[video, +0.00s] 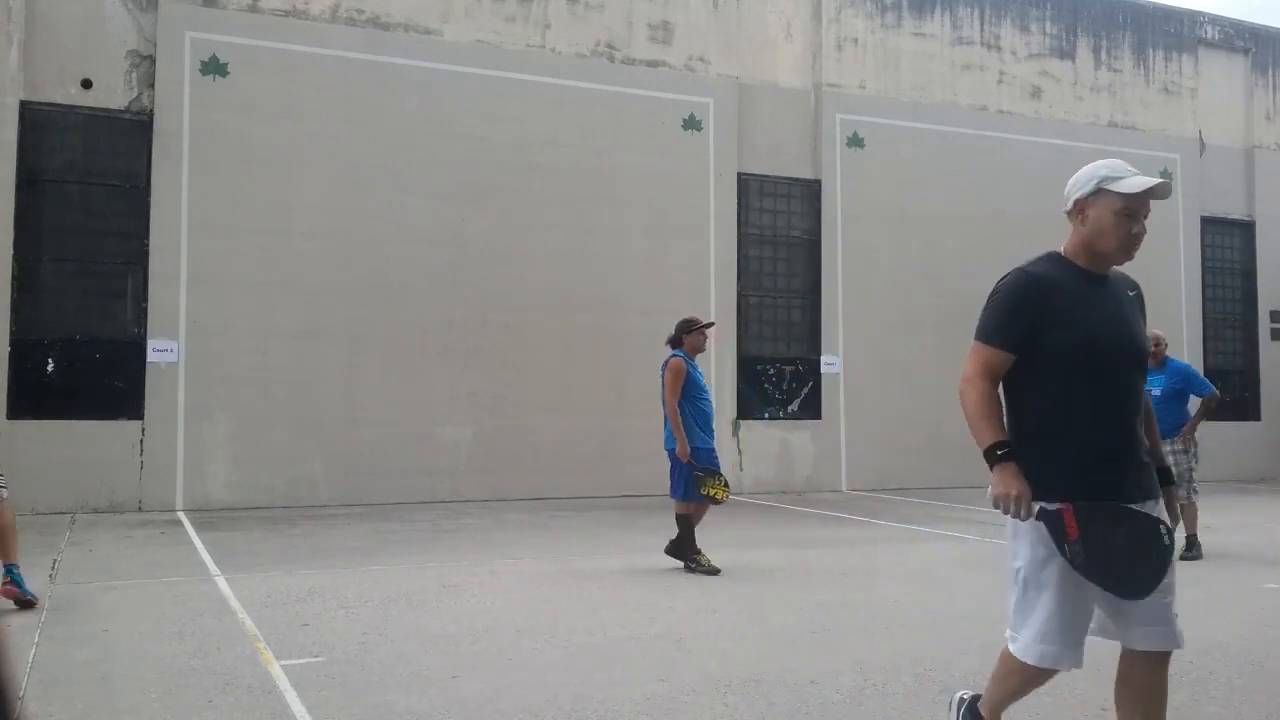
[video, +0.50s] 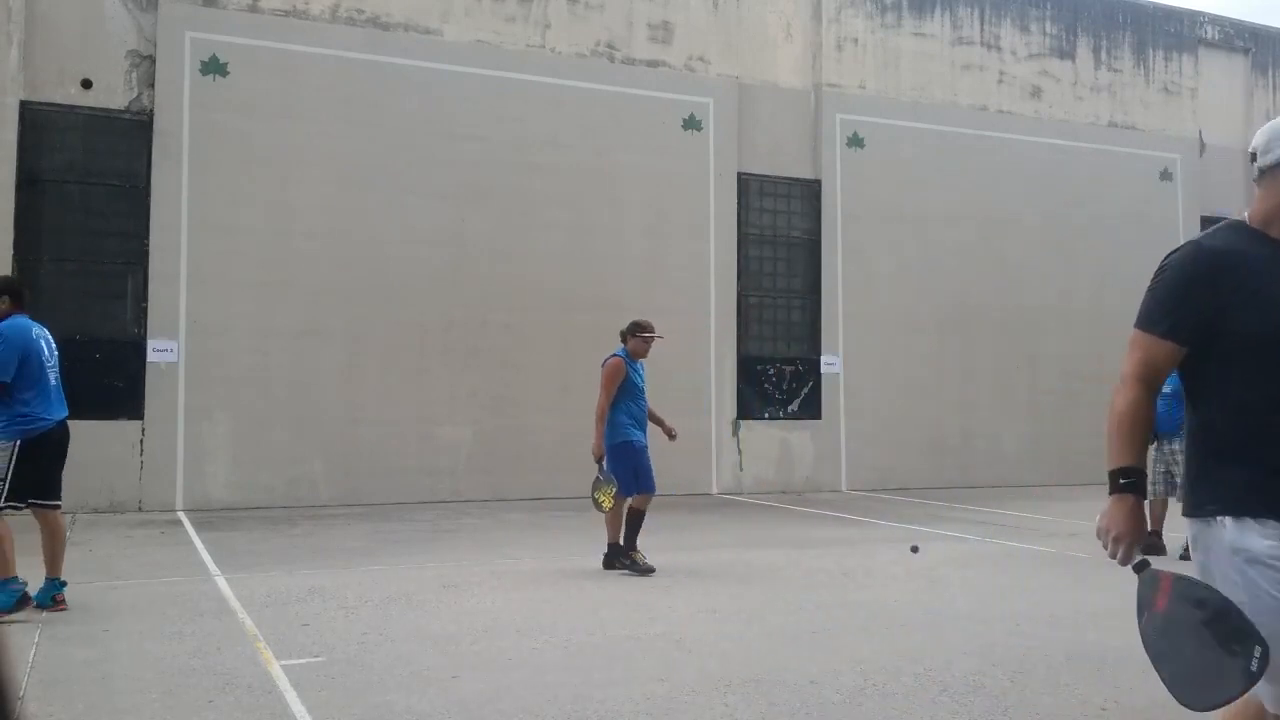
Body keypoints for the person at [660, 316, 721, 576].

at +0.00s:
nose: (706, 338)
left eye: (705, 334)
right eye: (701, 334)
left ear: (693, 339)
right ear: (686, 337)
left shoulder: (691, 364)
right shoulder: (677, 363)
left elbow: (689, 404)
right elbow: (671, 404)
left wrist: (704, 439)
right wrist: (681, 441)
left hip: (703, 442)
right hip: (686, 443)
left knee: (711, 492)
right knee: (685, 496)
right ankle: (691, 553)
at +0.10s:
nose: (694, 340)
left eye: (693, 336)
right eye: (689, 336)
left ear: (684, 341)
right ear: (673, 340)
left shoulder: (679, 366)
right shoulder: (664, 366)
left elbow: (677, 406)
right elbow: (655, 405)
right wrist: (662, 444)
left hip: (691, 443)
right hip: (678, 443)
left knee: (681, 498)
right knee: (678, 499)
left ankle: (643, 535)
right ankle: (692, 555)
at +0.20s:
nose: (682, 343)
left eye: (682, 339)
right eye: (677, 338)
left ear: (673, 343)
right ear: (661, 342)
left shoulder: (670, 368)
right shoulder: (651, 368)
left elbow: (674, 408)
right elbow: (639, 408)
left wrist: (691, 436)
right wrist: (640, 446)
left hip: (674, 445)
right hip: (663, 445)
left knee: (653, 501)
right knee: (674, 501)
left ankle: (621, 546)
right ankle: (691, 555)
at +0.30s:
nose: (671, 346)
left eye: (672, 342)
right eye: (667, 342)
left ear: (666, 346)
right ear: (652, 343)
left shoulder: (659, 370)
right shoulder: (639, 368)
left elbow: (667, 409)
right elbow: (625, 409)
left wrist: (692, 434)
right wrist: (622, 447)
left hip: (647, 445)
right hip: (649, 446)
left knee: (629, 499)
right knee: (667, 499)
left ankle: (615, 552)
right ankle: (687, 555)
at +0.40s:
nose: (662, 347)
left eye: (663, 342)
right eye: (658, 342)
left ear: (654, 344)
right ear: (643, 341)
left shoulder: (647, 367)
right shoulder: (628, 365)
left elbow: (655, 406)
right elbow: (614, 405)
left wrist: (681, 429)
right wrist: (609, 443)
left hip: (632, 442)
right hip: (637, 443)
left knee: (619, 496)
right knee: (659, 492)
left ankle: (614, 553)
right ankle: (666, 553)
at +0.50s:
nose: (649, 345)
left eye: (651, 341)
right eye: (645, 340)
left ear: (645, 343)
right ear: (630, 340)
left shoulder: (636, 365)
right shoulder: (617, 364)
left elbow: (639, 404)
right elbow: (603, 404)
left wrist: (663, 424)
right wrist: (598, 441)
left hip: (627, 437)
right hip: (626, 439)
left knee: (618, 493)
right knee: (645, 489)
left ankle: (613, 552)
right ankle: (629, 550)